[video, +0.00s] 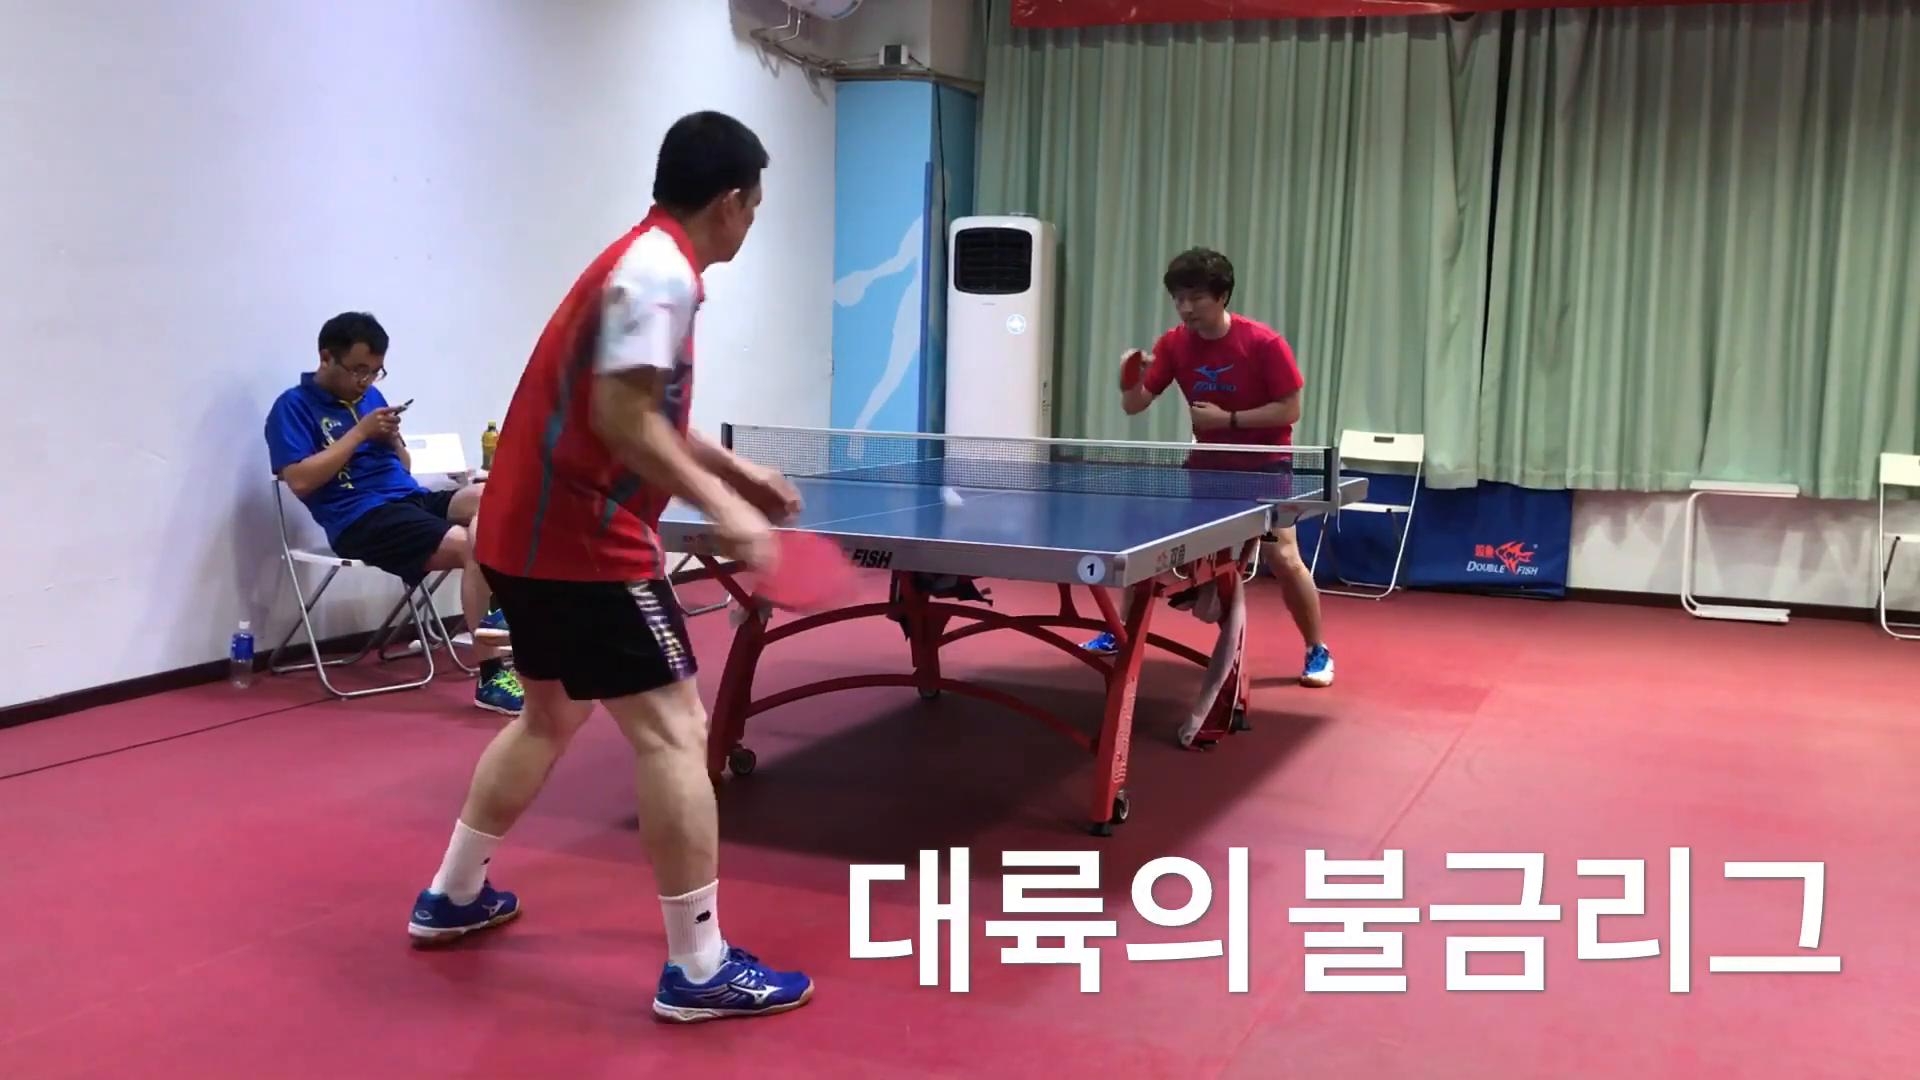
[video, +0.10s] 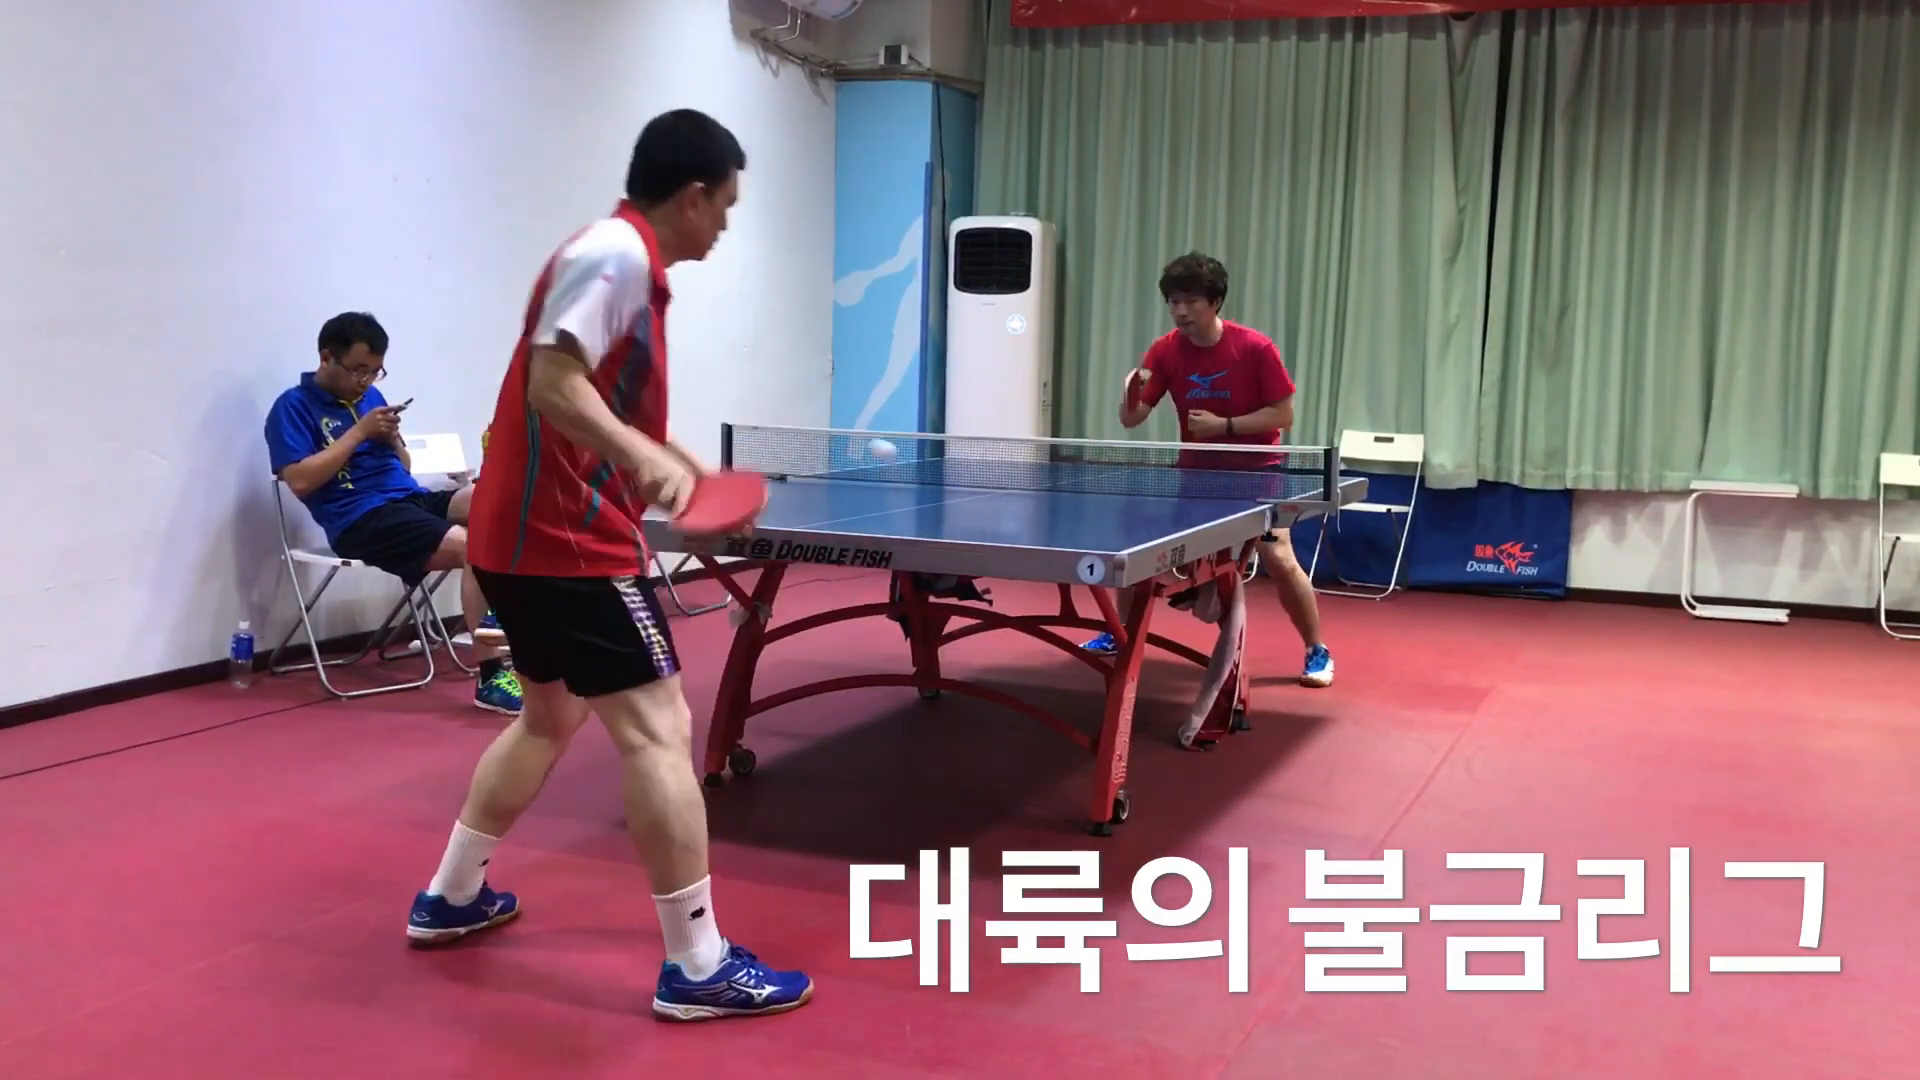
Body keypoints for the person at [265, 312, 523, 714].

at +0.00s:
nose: (368, 382)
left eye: (375, 372)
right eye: (359, 371)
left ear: (381, 365)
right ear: (326, 358)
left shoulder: (370, 397)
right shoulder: (292, 407)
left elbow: (404, 468)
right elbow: (300, 482)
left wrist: (393, 438)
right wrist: (360, 432)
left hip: (410, 500)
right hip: (363, 520)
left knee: (490, 498)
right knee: (475, 547)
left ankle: (494, 607)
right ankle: (492, 676)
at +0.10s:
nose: (368, 382)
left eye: (375, 372)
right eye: (359, 371)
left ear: (381, 364)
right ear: (326, 358)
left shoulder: (370, 397)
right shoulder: (291, 407)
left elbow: (404, 468)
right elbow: (300, 482)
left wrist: (393, 437)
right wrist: (360, 432)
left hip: (411, 500)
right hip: (363, 520)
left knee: (492, 501)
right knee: (477, 548)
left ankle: (495, 613)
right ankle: (493, 675)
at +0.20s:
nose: (367, 382)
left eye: (374, 373)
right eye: (359, 371)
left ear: (379, 367)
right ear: (325, 359)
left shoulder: (369, 397)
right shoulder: (292, 407)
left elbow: (404, 468)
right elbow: (300, 482)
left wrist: (392, 435)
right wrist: (360, 432)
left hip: (411, 501)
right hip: (365, 520)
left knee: (494, 510)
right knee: (478, 546)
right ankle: (492, 674)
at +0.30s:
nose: (366, 381)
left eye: (373, 372)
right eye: (357, 370)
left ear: (379, 367)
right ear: (324, 360)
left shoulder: (369, 395)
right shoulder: (292, 407)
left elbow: (403, 466)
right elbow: (300, 481)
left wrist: (392, 436)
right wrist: (360, 431)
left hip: (412, 502)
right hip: (364, 519)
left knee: (502, 524)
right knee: (478, 549)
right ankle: (490, 676)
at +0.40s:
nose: (365, 382)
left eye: (372, 372)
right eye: (357, 370)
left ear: (379, 367)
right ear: (326, 359)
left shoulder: (368, 396)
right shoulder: (292, 408)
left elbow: (404, 466)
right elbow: (299, 481)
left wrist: (392, 436)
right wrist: (359, 431)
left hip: (412, 502)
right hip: (365, 520)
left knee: (506, 530)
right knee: (483, 552)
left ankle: (511, 677)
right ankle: (507, 685)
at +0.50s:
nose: (365, 381)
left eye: (372, 372)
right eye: (357, 371)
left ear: (378, 367)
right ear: (325, 359)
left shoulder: (368, 396)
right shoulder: (292, 408)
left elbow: (403, 466)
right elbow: (298, 481)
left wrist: (392, 436)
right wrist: (359, 431)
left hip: (411, 502)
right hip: (365, 520)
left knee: (502, 517)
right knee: (483, 548)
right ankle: (505, 683)